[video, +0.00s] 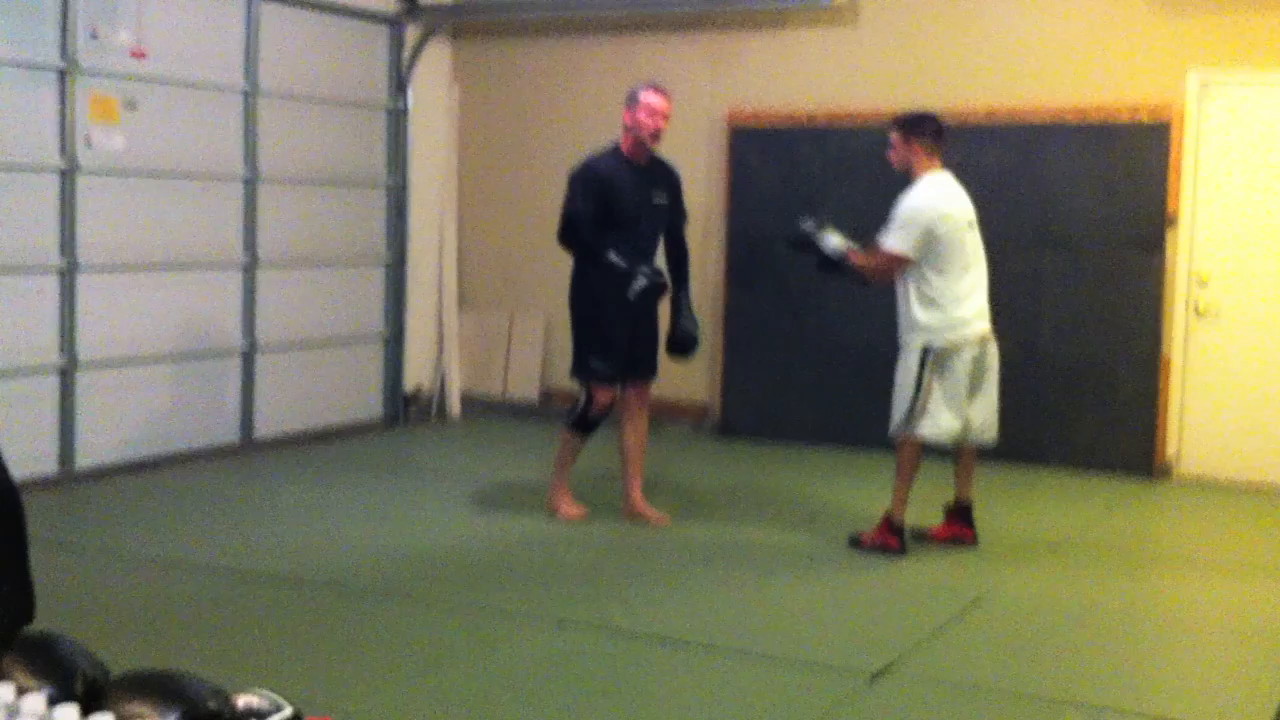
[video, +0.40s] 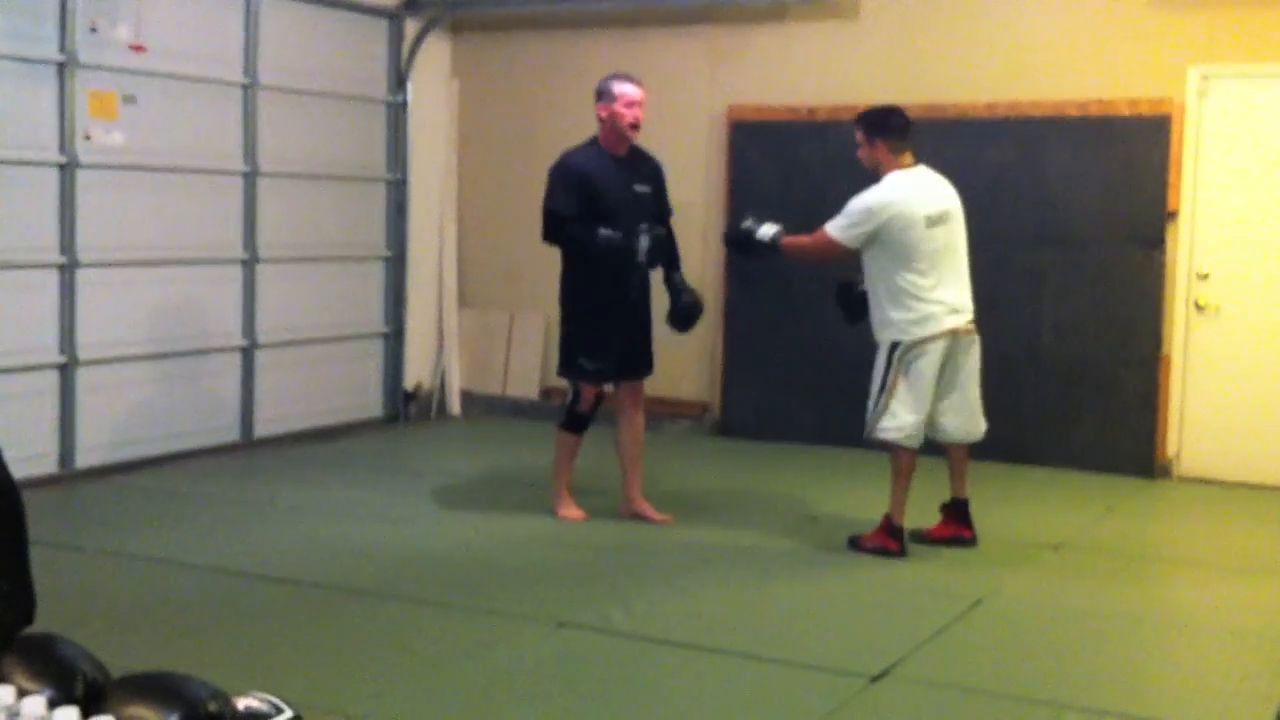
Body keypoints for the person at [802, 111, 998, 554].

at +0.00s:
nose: (889, 153)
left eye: (893, 145)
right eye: (890, 145)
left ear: (914, 147)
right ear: (925, 147)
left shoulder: (919, 200)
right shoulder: (953, 190)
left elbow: (882, 268)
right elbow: (909, 263)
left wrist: (838, 246)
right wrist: (852, 255)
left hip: (934, 337)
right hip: (974, 332)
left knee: (910, 432)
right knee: (967, 431)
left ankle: (893, 525)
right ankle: (961, 518)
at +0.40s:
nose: (859, 154)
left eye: (860, 145)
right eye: (859, 145)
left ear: (875, 145)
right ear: (905, 140)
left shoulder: (881, 199)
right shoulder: (943, 187)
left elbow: (820, 245)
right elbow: (930, 262)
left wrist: (769, 237)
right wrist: (874, 291)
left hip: (915, 332)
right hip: (961, 325)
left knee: (902, 428)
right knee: (956, 424)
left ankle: (892, 529)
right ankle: (959, 518)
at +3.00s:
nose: (1017, 193)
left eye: (1020, 186)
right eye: (1019, 186)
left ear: (1033, 185)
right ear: (1062, 187)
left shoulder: (1012, 219)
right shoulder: (1101, 232)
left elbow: (942, 226)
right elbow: (1102, 291)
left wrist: (900, 206)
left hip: (1055, 355)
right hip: (1114, 356)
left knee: (985, 429)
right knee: (1132, 418)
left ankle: (964, 528)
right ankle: (1159, 490)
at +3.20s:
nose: (1031, 182)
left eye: (1036, 174)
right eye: (1033, 174)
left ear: (1054, 176)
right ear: (1074, 177)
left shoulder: (1042, 218)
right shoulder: (1116, 221)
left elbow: (1020, 281)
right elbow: (1101, 279)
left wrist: (989, 253)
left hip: (1050, 350)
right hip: (1107, 351)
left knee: (991, 430)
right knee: (1129, 432)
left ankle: (965, 524)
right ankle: (1157, 518)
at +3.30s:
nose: (1041, 177)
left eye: (1045, 169)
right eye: (1042, 169)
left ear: (1064, 168)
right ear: (1084, 168)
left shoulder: (1050, 206)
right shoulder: (1120, 208)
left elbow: (1009, 266)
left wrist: (1002, 230)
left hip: (1064, 334)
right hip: (1115, 336)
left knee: (1002, 419)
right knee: (1130, 428)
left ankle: (978, 510)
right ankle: (1157, 514)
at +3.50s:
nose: (1032, 174)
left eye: (1034, 166)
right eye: (1032, 166)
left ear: (1049, 165)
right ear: (1072, 162)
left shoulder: (1046, 212)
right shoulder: (1115, 204)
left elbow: (1004, 268)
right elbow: (1084, 249)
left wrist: (997, 225)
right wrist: (1036, 208)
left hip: (1074, 338)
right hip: (1124, 338)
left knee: (1029, 428)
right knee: (1122, 426)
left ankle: (1025, 523)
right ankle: (1151, 499)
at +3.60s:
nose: (1029, 181)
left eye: (1032, 172)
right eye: (1029, 172)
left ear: (1051, 173)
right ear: (1071, 171)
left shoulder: (1048, 223)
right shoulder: (1114, 211)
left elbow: (1016, 285)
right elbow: (1088, 262)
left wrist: (999, 249)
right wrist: (1030, 233)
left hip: (1078, 344)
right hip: (1127, 340)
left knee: (1030, 430)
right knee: (1130, 425)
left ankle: (1023, 528)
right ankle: (1165, 505)